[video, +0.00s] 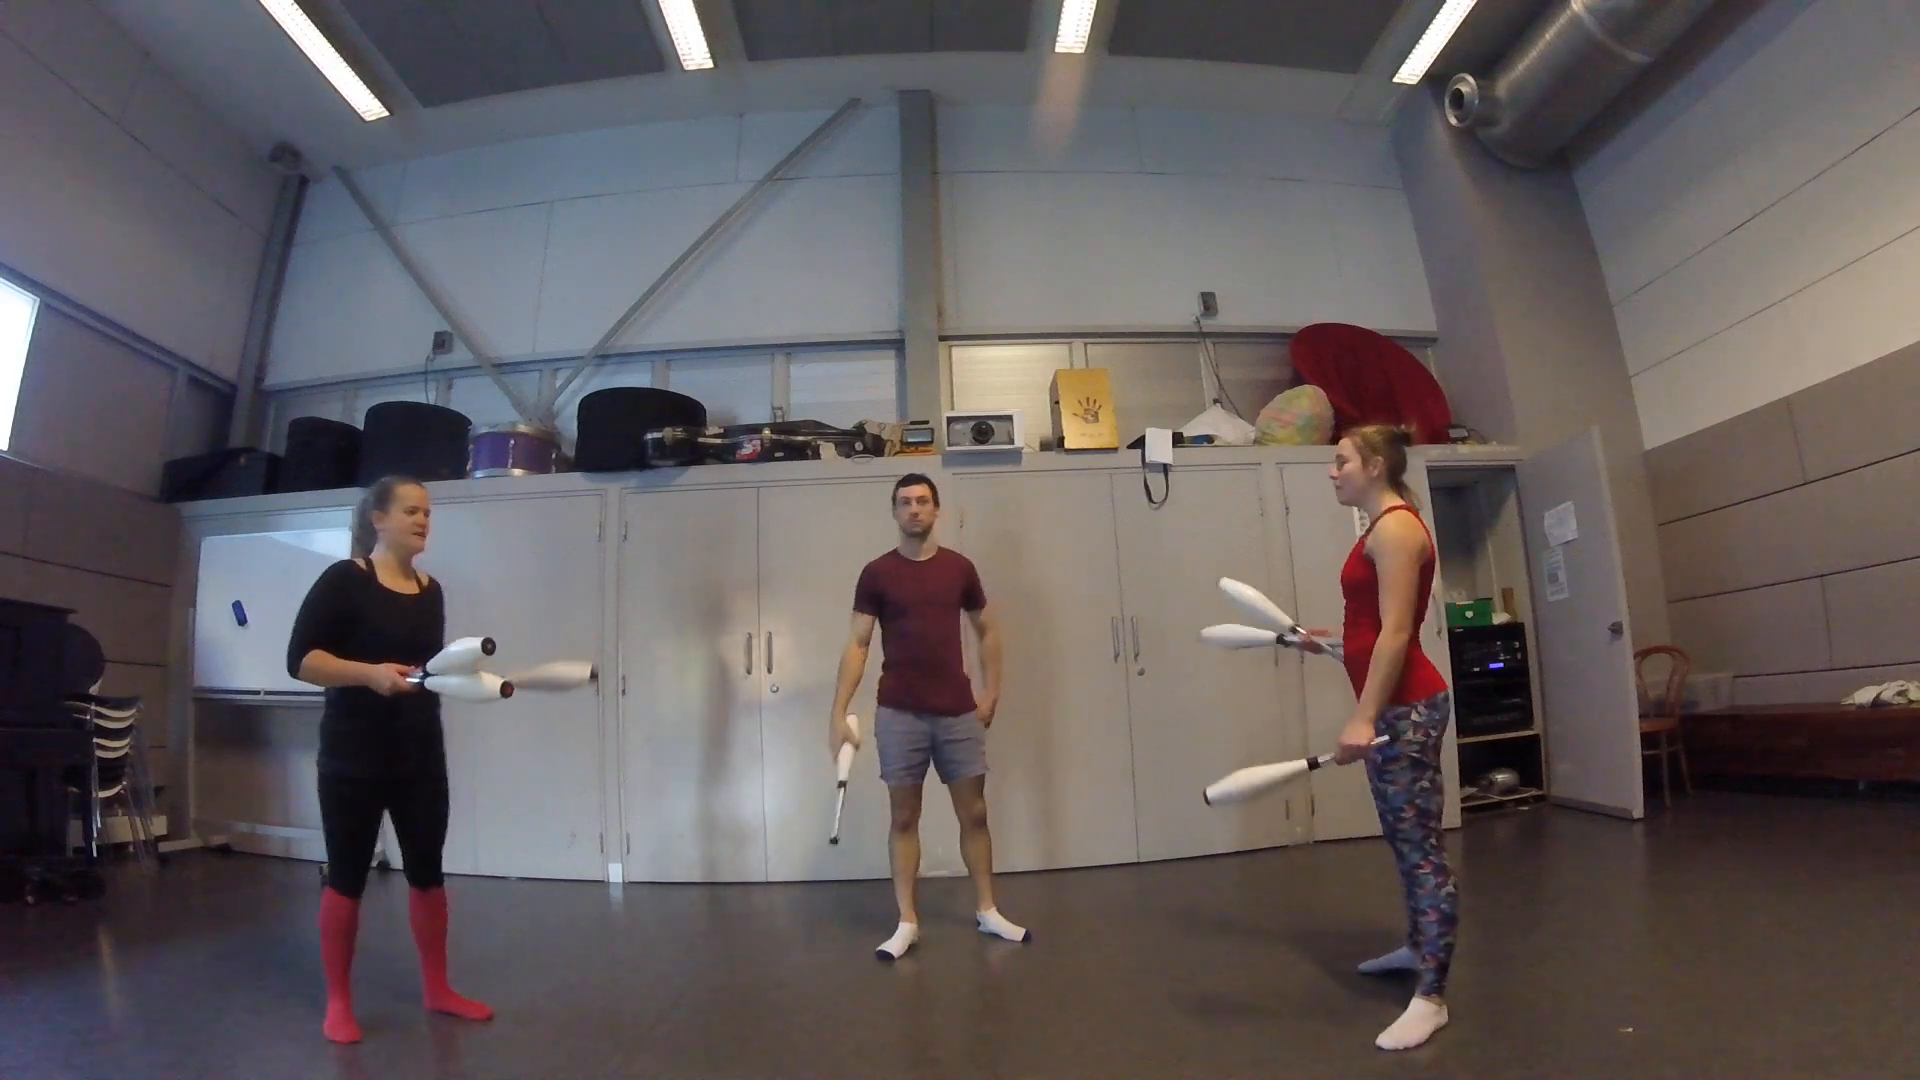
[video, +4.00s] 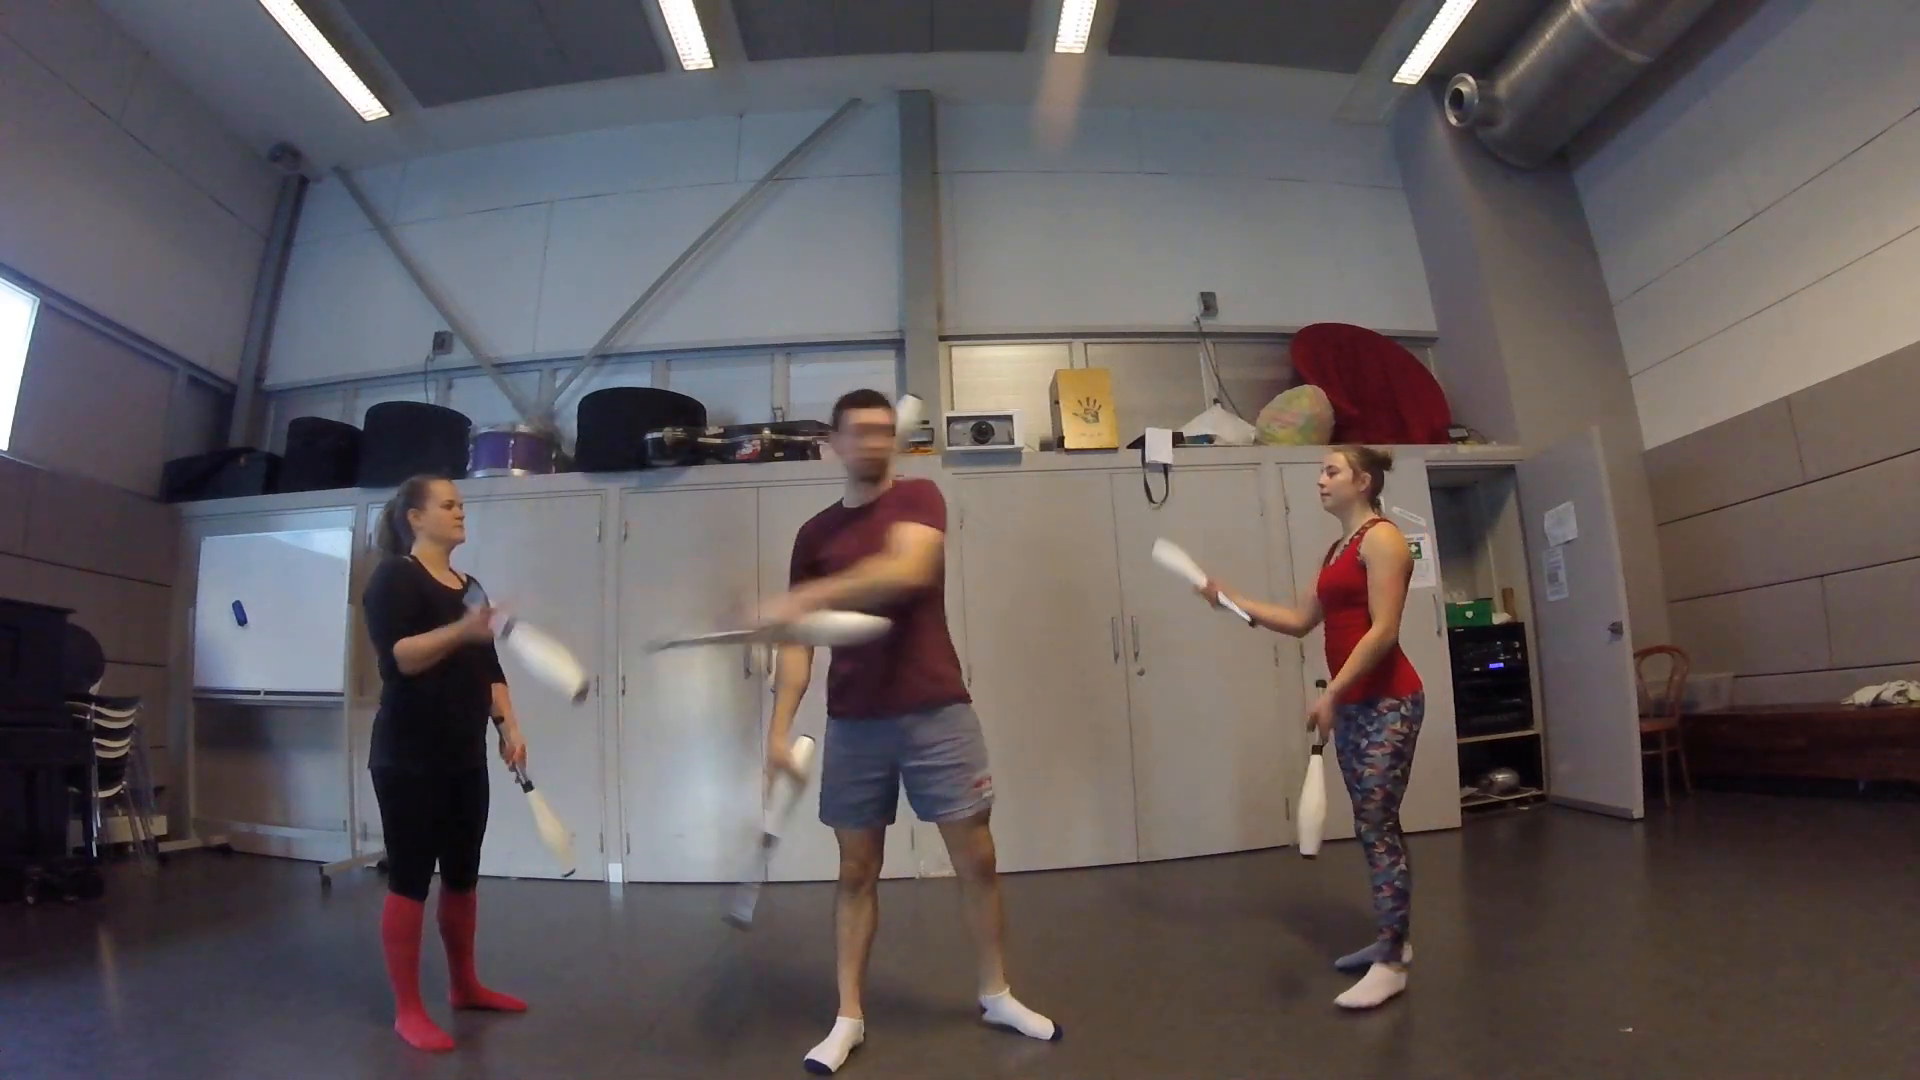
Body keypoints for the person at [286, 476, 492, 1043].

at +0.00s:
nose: (425, 522)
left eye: (427, 513)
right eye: (413, 512)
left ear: (424, 522)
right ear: (378, 518)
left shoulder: (429, 589)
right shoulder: (342, 580)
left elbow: (434, 667)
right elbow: (301, 660)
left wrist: (478, 681)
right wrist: (368, 673)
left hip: (419, 752)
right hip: (352, 753)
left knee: (427, 872)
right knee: (346, 877)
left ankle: (438, 990)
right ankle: (338, 1001)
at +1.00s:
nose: (454, 525)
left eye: (455, 516)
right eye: (442, 515)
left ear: (452, 529)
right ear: (406, 524)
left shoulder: (452, 591)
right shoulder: (382, 581)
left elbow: (499, 642)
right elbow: (411, 619)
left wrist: (529, 587)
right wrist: (457, 552)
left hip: (458, 751)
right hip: (403, 755)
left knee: (460, 874)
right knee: (421, 878)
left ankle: (465, 986)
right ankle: (407, 1004)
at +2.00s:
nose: (476, 519)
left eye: (476, 510)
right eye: (465, 510)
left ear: (467, 521)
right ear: (429, 520)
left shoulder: (468, 585)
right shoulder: (415, 583)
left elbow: (492, 656)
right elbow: (434, 661)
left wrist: (549, 625)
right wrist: (513, 691)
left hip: (462, 750)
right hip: (412, 753)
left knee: (459, 869)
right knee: (408, 873)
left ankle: (466, 987)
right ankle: (404, 1006)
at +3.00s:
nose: (462, 518)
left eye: (463, 510)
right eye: (449, 510)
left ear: (462, 521)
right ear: (416, 523)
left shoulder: (468, 593)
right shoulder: (401, 582)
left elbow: (500, 663)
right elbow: (423, 645)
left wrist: (565, 661)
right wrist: (504, 610)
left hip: (468, 753)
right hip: (415, 755)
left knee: (465, 872)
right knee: (415, 877)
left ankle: (466, 987)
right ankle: (408, 1010)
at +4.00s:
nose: (461, 514)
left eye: (461, 505)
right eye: (449, 506)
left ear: (455, 519)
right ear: (415, 517)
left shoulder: (467, 589)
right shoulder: (392, 578)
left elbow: (489, 666)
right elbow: (400, 656)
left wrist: (510, 724)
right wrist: (464, 630)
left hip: (464, 753)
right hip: (407, 755)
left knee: (461, 874)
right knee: (410, 879)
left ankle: (465, 988)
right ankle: (408, 1011)